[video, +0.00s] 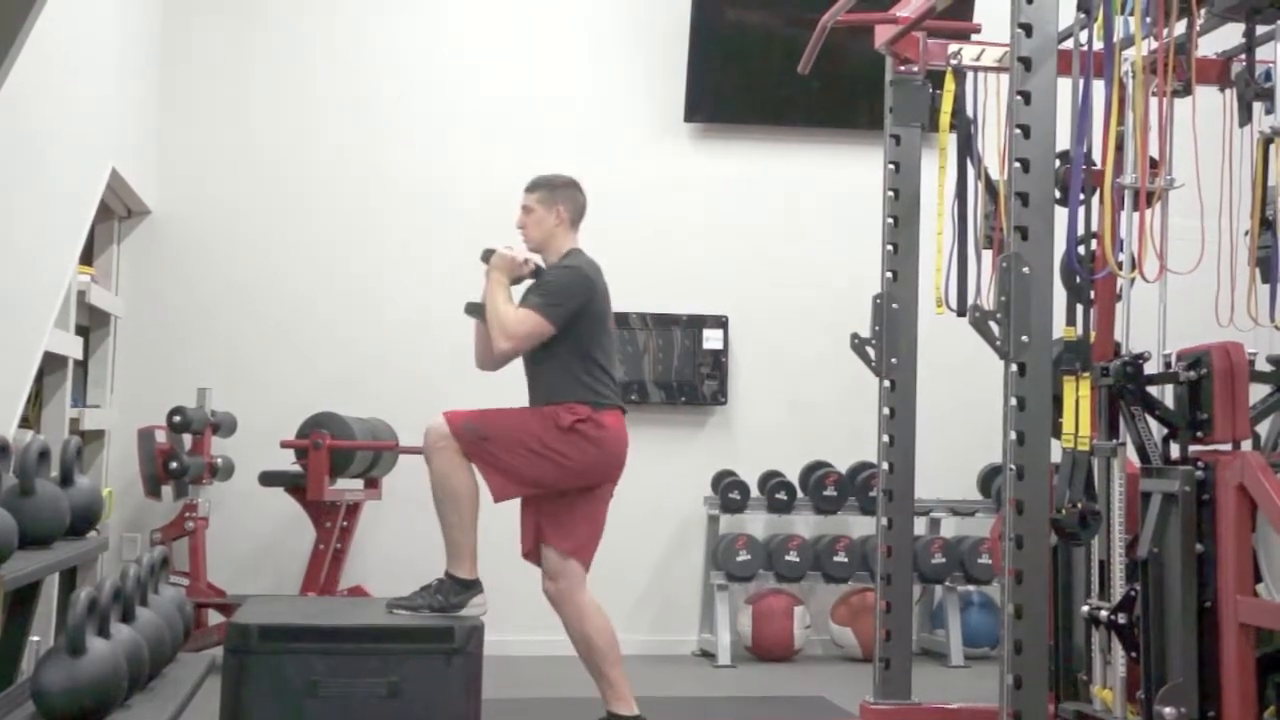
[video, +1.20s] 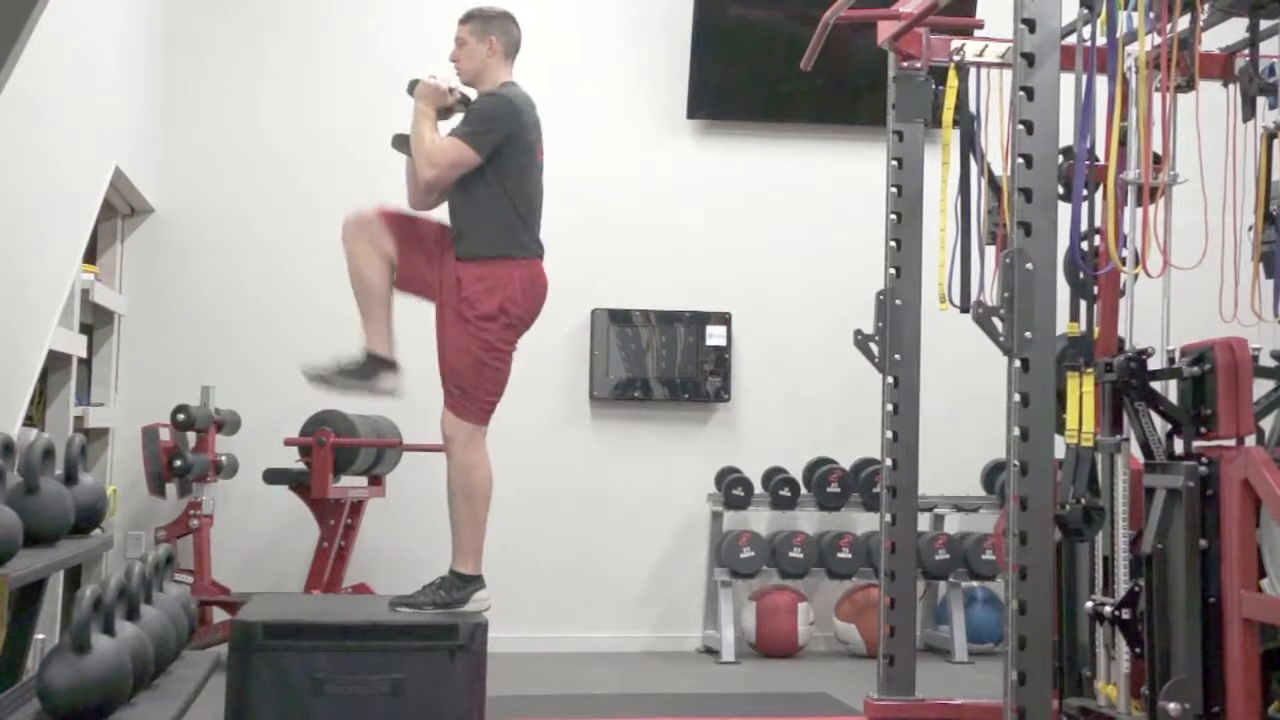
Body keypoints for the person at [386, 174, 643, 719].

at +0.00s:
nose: (518, 222)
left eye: (528, 212)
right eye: (521, 212)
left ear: (560, 216)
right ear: (557, 217)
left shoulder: (577, 275)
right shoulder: (554, 281)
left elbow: (508, 338)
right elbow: (490, 357)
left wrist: (497, 277)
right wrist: (495, 290)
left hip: (581, 430)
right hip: (589, 436)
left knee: (444, 435)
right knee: (564, 583)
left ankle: (461, 581)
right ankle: (624, 710)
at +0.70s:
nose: (486, 186)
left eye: (496, 177)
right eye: (488, 177)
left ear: (527, 183)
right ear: (522, 183)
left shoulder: (540, 244)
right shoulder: (517, 249)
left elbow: (473, 306)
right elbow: (446, 321)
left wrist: (456, 244)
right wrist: (454, 255)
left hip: (550, 393)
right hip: (568, 399)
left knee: (419, 441)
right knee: (555, 550)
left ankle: (462, 579)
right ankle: (605, 684)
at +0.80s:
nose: (470, 143)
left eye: (479, 134)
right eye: (472, 134)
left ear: (511, 139)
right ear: (508, 140)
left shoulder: (523, 198)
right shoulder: (505, 204)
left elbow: (455, 256)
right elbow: (430, 278)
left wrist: (440, 195)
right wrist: (433, 212)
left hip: (536, 352)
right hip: (558, 356)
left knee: (420, 438)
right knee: (520, 509)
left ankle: (463, 577)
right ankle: (575, 642)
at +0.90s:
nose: (462, 106)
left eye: (471, 96)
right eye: (464, 96)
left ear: (503, 100)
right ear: (501, 101)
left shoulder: (515, 159)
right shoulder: (498, 165)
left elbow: (444, 221)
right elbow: (425, 242)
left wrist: (431, 158)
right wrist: (426, 178)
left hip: (526, 317)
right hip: (520, 319)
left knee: (431, 437)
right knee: (460, 459)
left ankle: (463, 578)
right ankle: (543, 566)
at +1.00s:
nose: (458, 75)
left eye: (467, 65)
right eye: (460, 65)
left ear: (499, 69)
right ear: (494, 71)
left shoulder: (510, 128)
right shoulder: (490, 136)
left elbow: (441, 194)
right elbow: (425, 215)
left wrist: (430, 129)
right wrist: (426, 150)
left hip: (519, 294)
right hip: (492, 293)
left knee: (448, 430)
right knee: (403, 388)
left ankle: (466, 578)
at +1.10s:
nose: (456, 59)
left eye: (465, 48)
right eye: (459, 49)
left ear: (497, 51)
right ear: (496, 51)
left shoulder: (508, 108)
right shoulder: (490, 114)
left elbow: (438, 174)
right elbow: (427, 202)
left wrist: (426, 111)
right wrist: (431, 130)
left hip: (506, 282)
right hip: (469, 275)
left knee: (462, 428)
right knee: (368, 303)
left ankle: (466, 576)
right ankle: (431, 415)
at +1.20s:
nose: (452, 54)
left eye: (460, 43)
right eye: (454, 44)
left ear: (492, 46)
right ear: (493, 48)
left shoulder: (504, 106)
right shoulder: (484, 109)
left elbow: (429, 177)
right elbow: (421, 196)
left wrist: (425, 108)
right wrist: (424, 125)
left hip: (498, 279)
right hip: (464, 261)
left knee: (463, 430)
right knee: (364, 227)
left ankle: (466, 578)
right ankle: (378, 359)